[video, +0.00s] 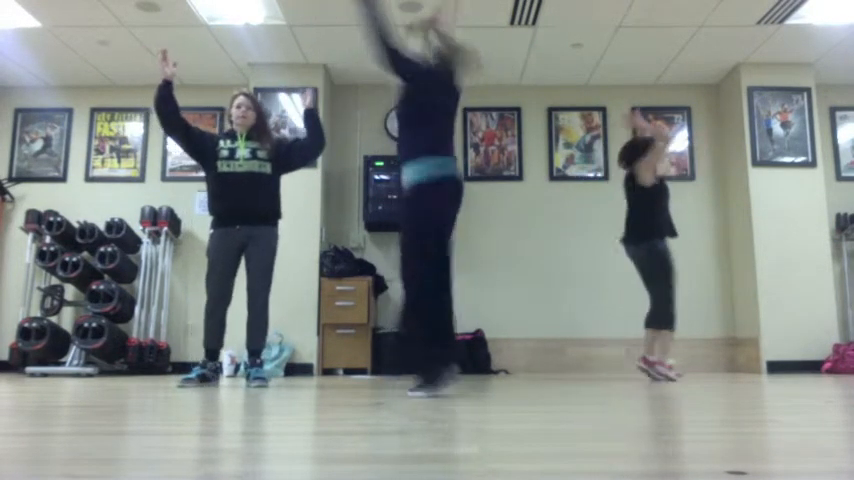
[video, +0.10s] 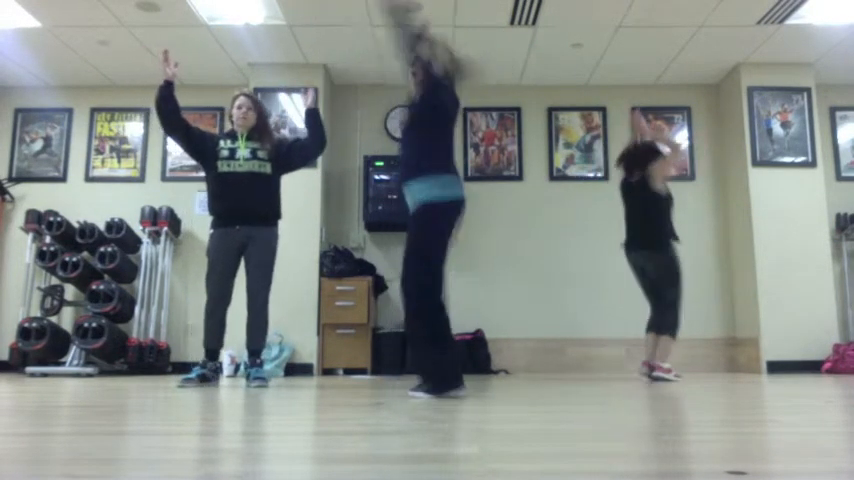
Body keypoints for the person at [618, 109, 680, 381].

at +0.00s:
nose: (662, 152)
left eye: (661, 148)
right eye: (656, 148)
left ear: (637, 152)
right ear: (648, 150)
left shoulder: (649, 172)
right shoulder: (641, 171)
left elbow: (664, 156)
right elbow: (658, 147)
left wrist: (646, 129)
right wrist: (657, 134)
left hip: (641, 240)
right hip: (648, 240)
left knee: (659, 297)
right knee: (664, 297)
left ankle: (649, 356)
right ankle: (660, 360)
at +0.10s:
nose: (664, 165)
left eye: (661, 158)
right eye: (660, 159)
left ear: (632, 160)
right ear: (652, 160)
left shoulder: (627, 182)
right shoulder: (654, 175)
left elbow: (638, 157)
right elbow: (679, 156)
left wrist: (643, 136)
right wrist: (665, 137)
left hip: (634, 247)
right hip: (658, 247)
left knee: (657, 303)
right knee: (670, 303)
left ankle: (650, 360)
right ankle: (661, 363)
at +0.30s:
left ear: (634, 148)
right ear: (662, 148)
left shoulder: (629, 166)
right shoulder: (669, 168)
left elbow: (609, 156)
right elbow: (677, 159)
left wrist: (603, 141)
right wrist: (669, 141)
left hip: (635, 235)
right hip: (666, 233)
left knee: (644, 296)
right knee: (665, 294)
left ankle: (652, 358)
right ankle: (668, 354)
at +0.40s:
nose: (627, 154)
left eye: (631, 150)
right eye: (628, 149)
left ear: (642, 151)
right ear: (659, 152)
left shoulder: (643, 172)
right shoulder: (662, 174)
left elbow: (621, 148)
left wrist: (598, 131)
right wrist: (660, 134)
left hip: (647, 238)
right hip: (665, 236)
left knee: (647, 297)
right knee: (655, 295)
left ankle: (668, 359)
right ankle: (670, 356)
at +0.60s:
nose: (633, 169)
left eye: (637, 163)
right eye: (632, 164)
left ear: (649, 163)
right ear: (648, 164)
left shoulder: (656, 186)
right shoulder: (646, 187)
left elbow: (641, 161)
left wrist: (632, 143)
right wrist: (628, 146)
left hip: (657, 252)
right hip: (647, 252)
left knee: (643, 308)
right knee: (639, 308)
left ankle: (674, 364)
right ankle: (672, 363)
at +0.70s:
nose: (636, 156)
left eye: (641, 152)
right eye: (634, 152)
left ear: (651, 157)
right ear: (630, 159)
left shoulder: (660, 184)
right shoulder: (628, 187)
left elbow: (659, 163)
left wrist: (639, 141)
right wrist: (614, 162)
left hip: (659, 247)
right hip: (634, 249)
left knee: (653, 301)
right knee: (632, 304)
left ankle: (669, 360)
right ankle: (656, 358)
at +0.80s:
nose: (638, 156)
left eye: (642, 152)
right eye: (634, 153)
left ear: (650, 157)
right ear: (628, 159)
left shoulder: (660, 182)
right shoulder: (625, 188)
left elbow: (664, 175)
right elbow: (601, 197)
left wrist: (653, 156)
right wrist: (596, 176)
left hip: (658, 248)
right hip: (631, 249)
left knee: (655, 304)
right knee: (634, 308)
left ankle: (663, 363)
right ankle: (646, 363)